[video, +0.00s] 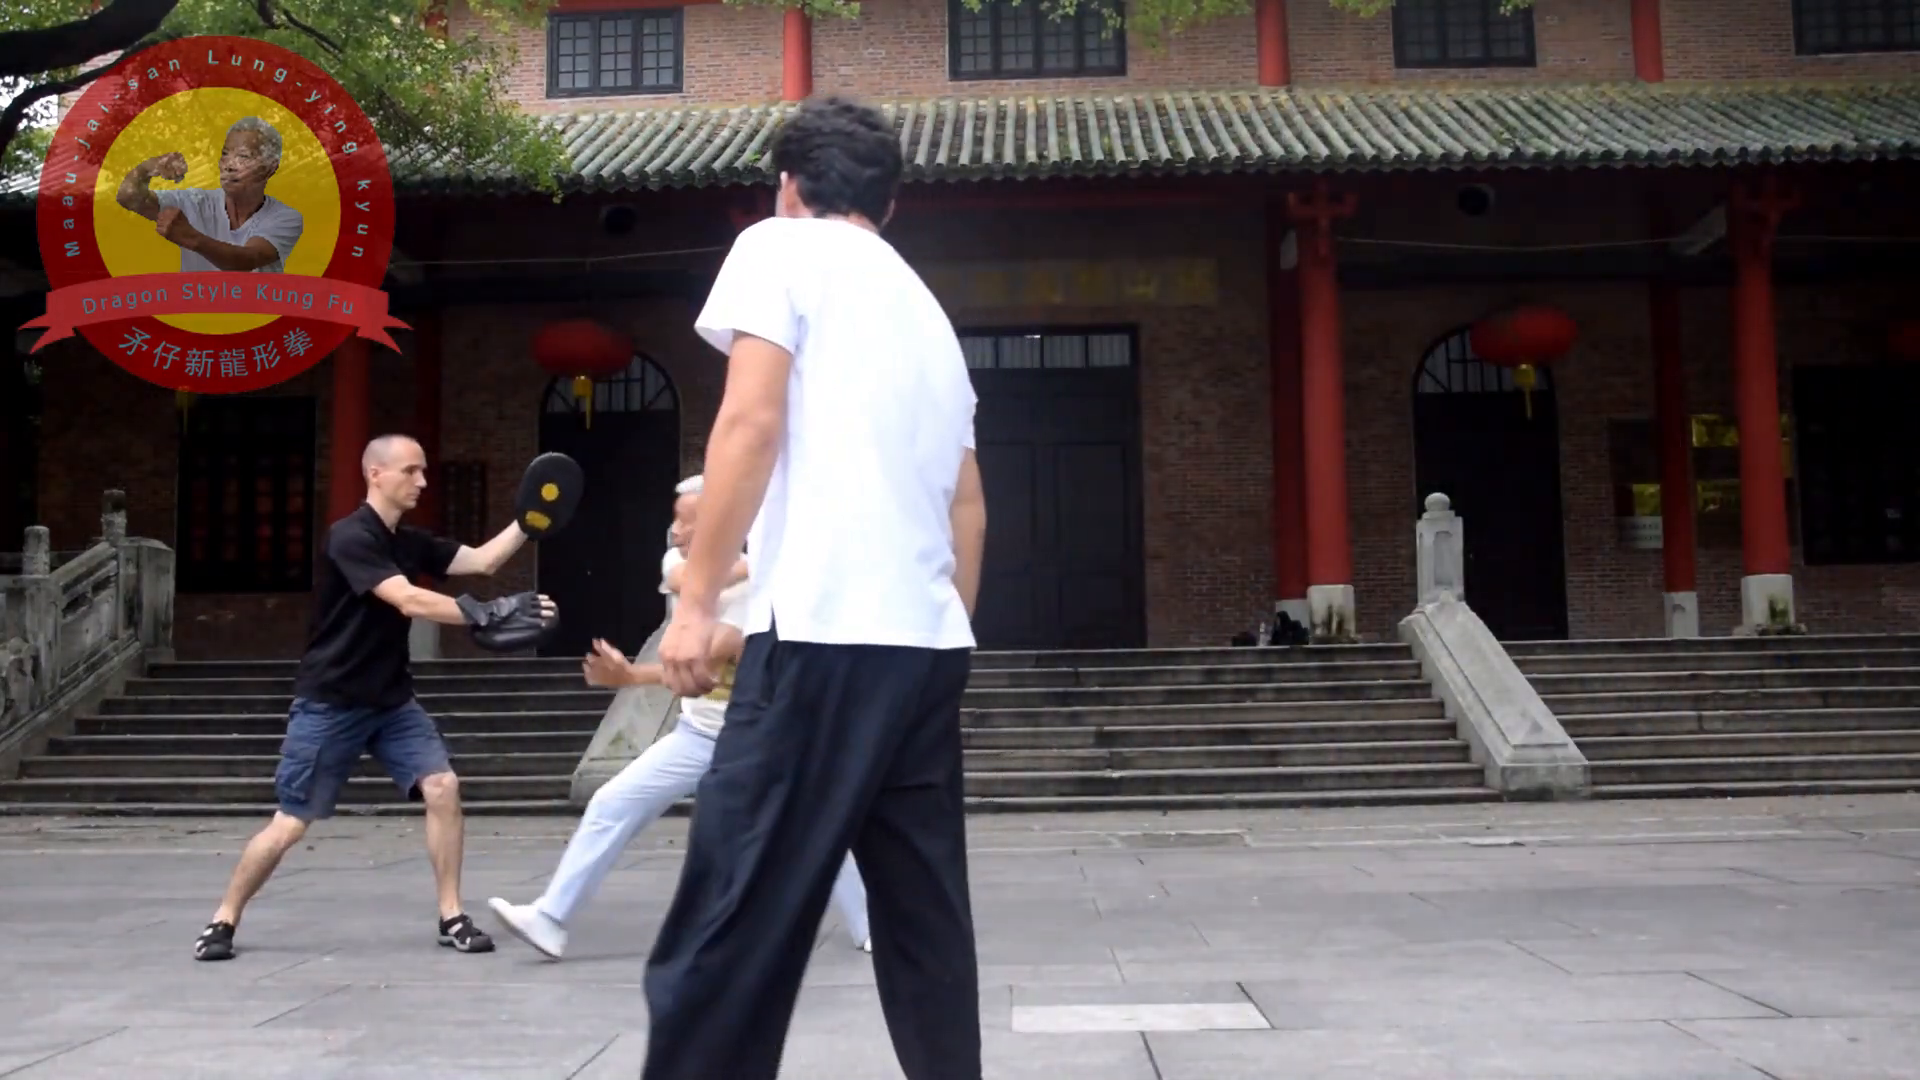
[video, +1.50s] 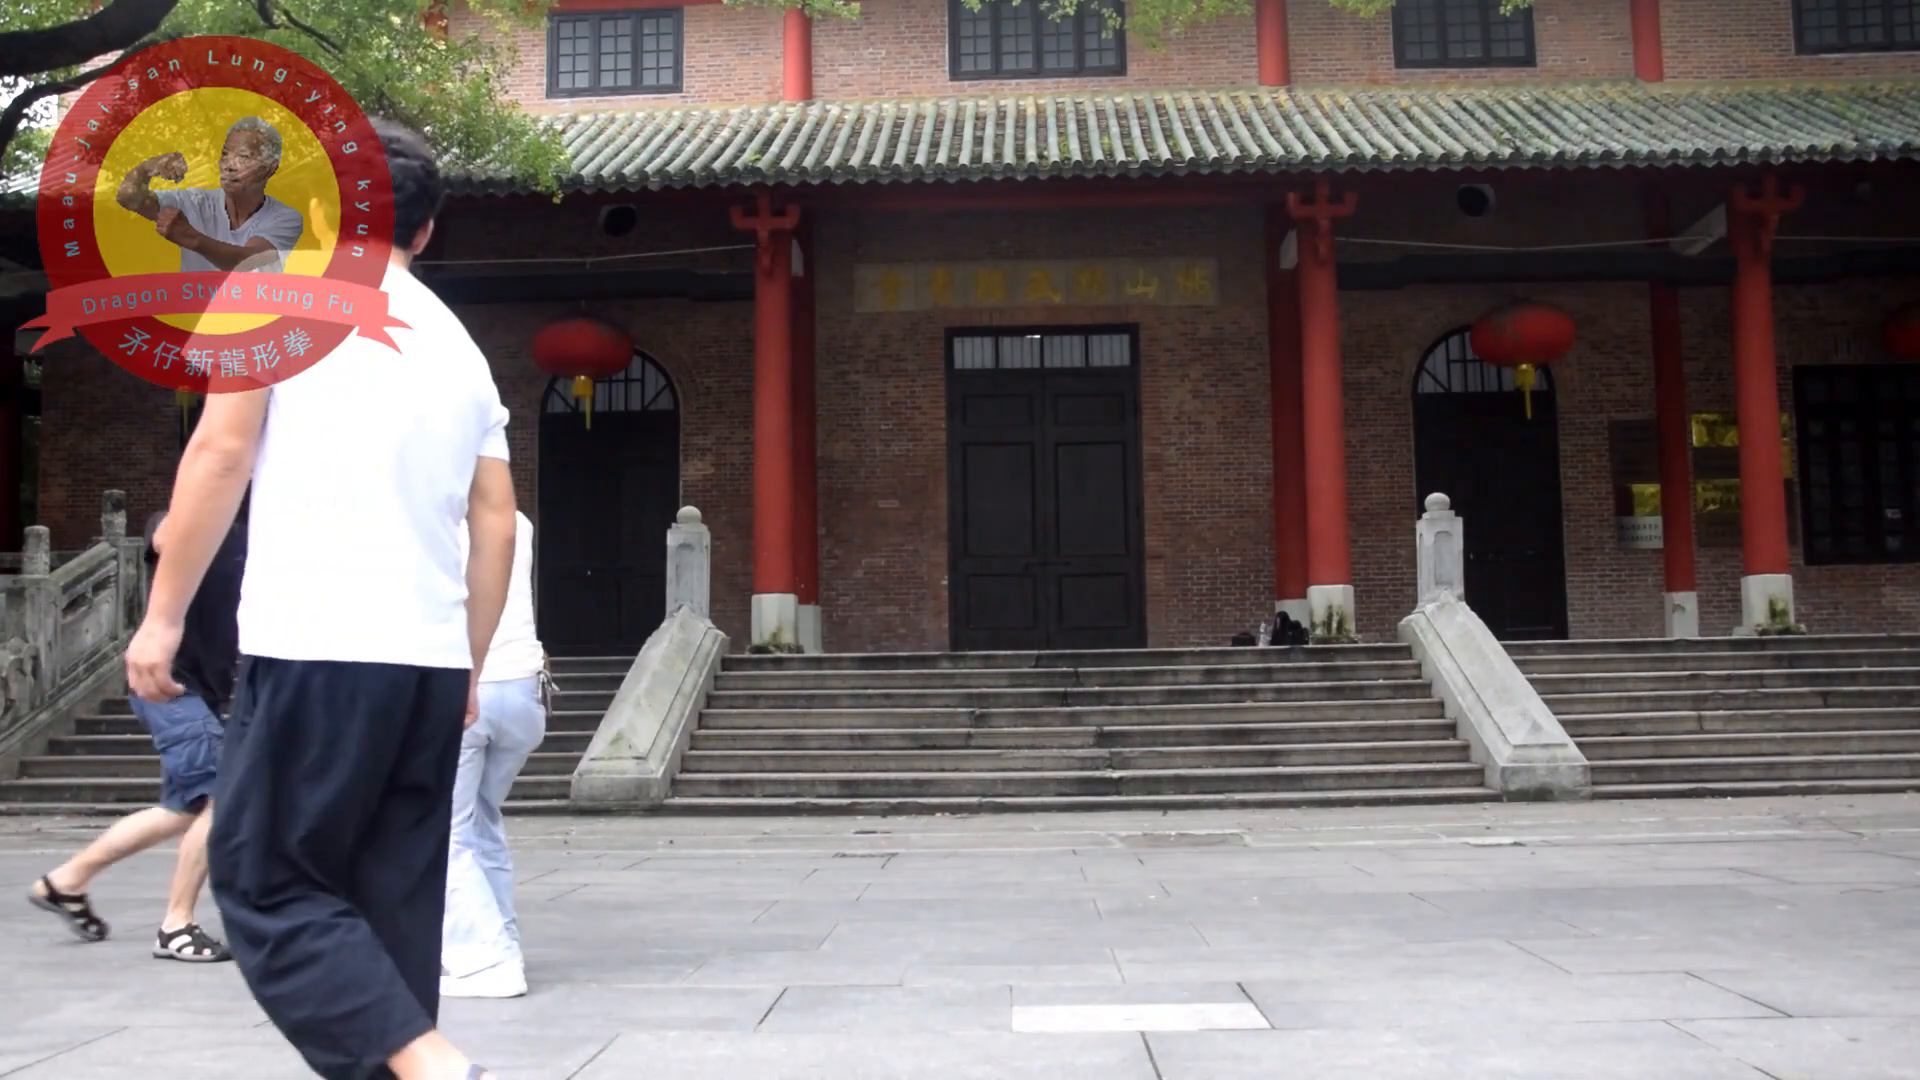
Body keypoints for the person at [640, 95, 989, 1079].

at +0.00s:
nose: (768, 203)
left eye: (769, 190)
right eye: (770, 192)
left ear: (790, 190)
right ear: (886, 202)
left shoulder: (779, 248)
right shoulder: (929, 315)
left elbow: (751, 419)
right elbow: (967, 503)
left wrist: (696, 601)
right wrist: (945, 633)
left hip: (821, 641)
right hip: (929, 648)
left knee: (734, 922)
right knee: (926, 922)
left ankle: (695, 1065)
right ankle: (949, 1071)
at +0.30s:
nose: (637, 190)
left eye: (641, 179)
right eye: (642, 179)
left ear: (654, 185)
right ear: (760, 205)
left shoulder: (626, 262)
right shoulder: (804, 314)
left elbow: (598, 444)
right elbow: (851, 502)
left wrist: (554, 637)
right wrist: (849, 661)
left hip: (666, 671)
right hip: (794, 672)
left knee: (592, 942)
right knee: (851, 922)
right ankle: (911, 1072)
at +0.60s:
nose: (499, 164)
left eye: (500, 152)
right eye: (507, 151)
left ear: (512, 160)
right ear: (620, 169)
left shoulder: (483, 247)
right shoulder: (679, 288)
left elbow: (427, 446)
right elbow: (731, 476)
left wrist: (372, 628)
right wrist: (714, 636)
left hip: (548, 656)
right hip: (672, 651)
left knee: (522, 924)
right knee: (648, 887)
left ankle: (549, 1076)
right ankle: (735, 1064)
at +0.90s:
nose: (420, 184)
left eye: (420, 171)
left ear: (427, 175)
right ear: (538, 179)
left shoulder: (410, 260)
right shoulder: (601, 303)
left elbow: (349, 453)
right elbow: (658, 480)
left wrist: (302, 643)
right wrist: (665, 644)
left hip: (464, 662)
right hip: (587, 661)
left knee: (486, 939)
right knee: (518, 924)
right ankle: (474, 1068)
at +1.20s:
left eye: (350, 191)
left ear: (361, 194)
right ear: (471, 215)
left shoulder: (331, 284)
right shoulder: (514, 337)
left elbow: (285, 453)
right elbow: (557, 505)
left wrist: (232, 637)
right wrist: (551, 667)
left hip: (377, 669)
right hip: (488, 673)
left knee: (405, 933)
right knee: (421, 927)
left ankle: (494, 1069)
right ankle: (379, 1078)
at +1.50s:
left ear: (329, 209)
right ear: (427, 234)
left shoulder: (275, 293)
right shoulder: (459, 348)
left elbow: (221, 451)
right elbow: (495, 521)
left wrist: (163, 614)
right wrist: (469, 663)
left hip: (312, 662)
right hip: (432, 668)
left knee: (263, 886)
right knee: (398, 901)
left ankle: (428, 1064)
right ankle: (386, 1072)